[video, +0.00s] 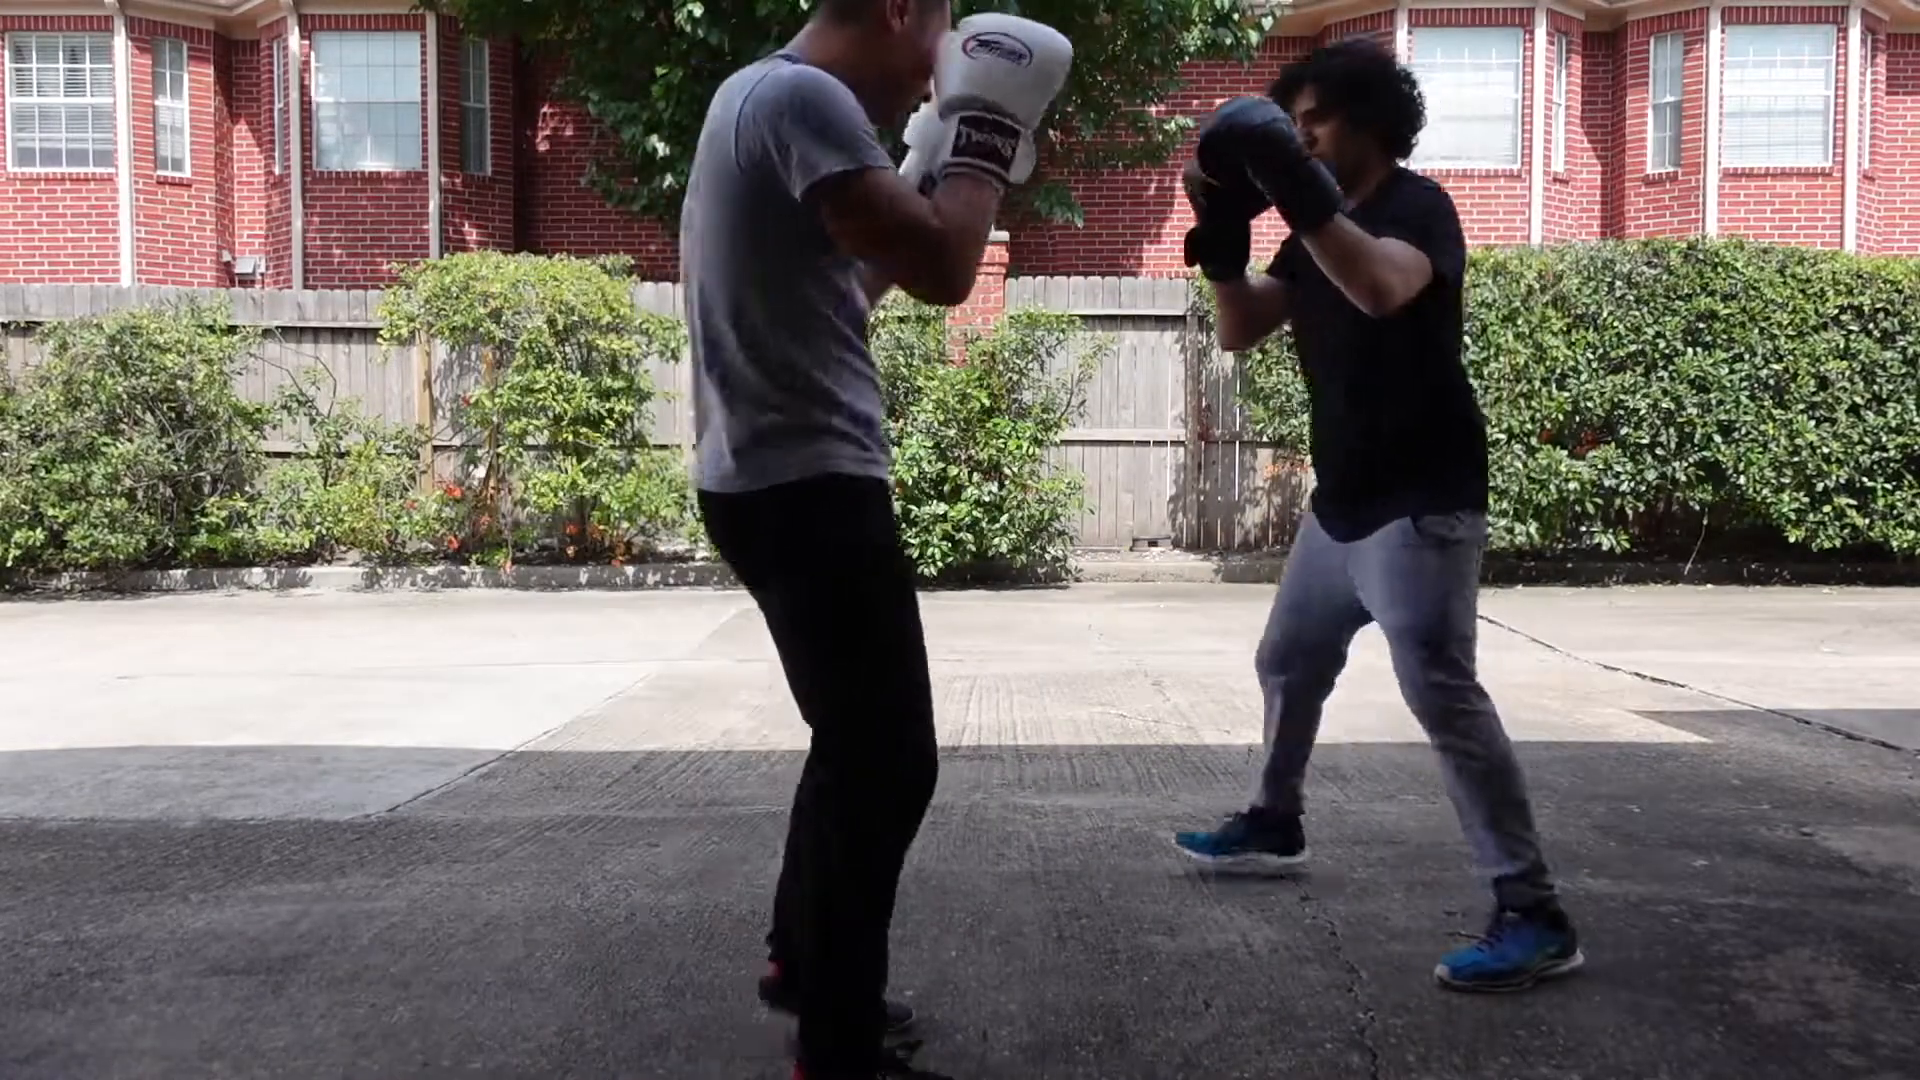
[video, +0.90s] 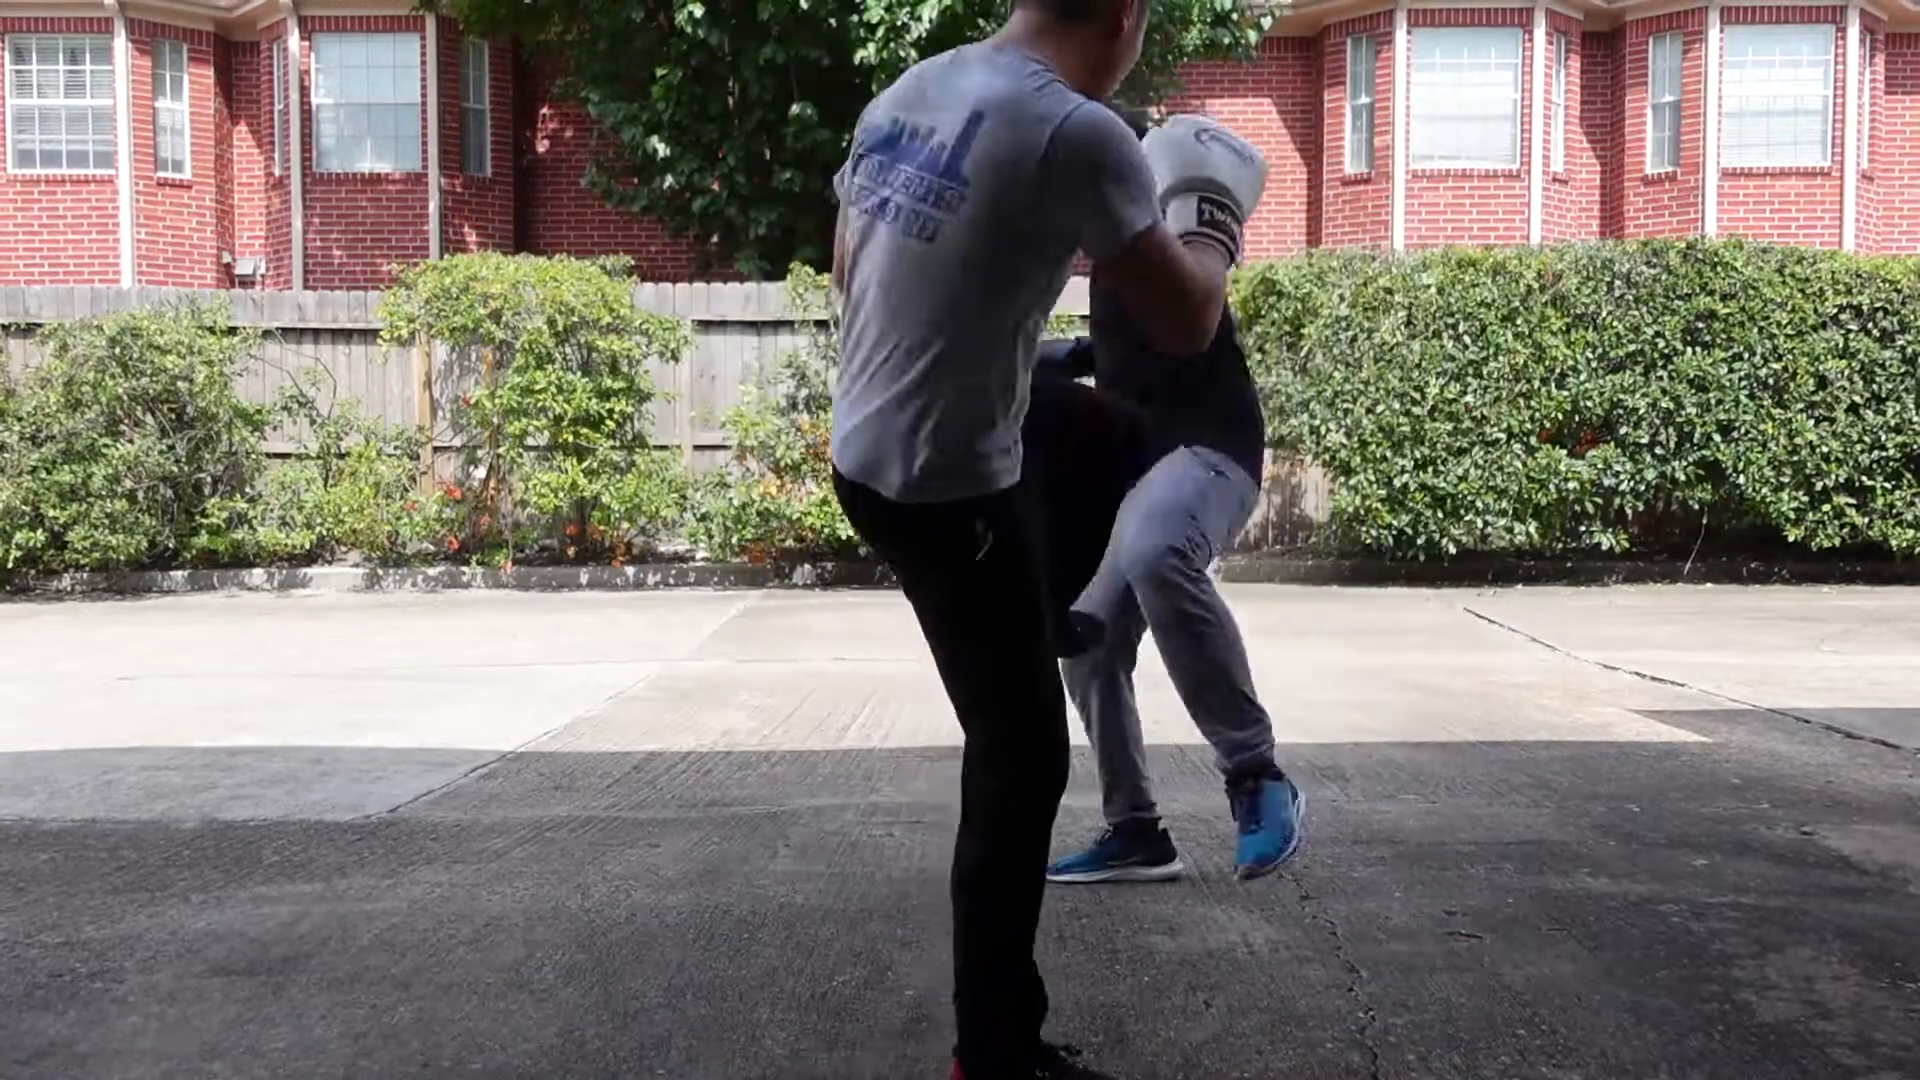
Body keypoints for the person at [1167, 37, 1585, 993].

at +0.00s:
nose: (1298, 142)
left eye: (1314, 123)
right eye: (1294, 127)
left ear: (1372, 124)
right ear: (1304, 137)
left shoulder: (1421, 207)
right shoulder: (1316, 229)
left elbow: (1383, 285)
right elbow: (1240, 328)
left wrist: (1296, 186)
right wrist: (1221, 237)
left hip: (1426, 498)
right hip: (1342, 499)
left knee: (1440, 690)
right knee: (1287, 664)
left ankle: (1532, 912)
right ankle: (1274, 820)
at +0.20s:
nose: (1235, 164)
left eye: (1249, 144)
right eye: (1226, 150)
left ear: (1302, 145)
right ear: (1222, 162)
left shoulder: (1337, 231)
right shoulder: (1235, 249)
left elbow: (1342, 324)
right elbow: (1175, 348)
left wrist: (1245, 235)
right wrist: (1151, 274)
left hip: (1332, 504)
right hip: (1249, 508)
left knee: (1329, 662)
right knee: (1202, 670)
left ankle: (1432, 870)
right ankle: (1235, 832)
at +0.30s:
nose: (1200, 149)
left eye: (1215, 131)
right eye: (1194, 135)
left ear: (1263, 133)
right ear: (1195, 146)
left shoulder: (1309, 204)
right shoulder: (1208, 239)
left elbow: (1315, 282)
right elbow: (1151, 336)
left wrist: (1222, 195)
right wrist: (1131, 253)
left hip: (1315, 480)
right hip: (1231, 491)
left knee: (1294, 648)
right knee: (1195, 646)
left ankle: (1330, 856)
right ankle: (1230, 816)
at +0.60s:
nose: (1162, 150)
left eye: (1177, 134)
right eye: (1158, 135)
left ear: (1213, 143)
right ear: (1156, 150)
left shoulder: (1256, 206)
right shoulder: (1150, 226)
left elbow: (1263, 274)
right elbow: (1134, 355)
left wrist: (1186, 188)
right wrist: (1074, 288)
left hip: (1272, 480)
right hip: (1189, 490)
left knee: (1266, 651)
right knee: (1175, 655)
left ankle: (1332, 854)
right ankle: (1228, 825)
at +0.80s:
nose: (1063, 180)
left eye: (1073, 161)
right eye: (1060, 169)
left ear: (1118, 143)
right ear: (1103, 151)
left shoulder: (1180, 197)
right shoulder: (1120, 231)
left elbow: (1165, 314)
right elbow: (1163, 346)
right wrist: (1105, 383)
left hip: (1231, 491)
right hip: (1151, 500)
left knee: (1255, 658)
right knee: (1111, 663)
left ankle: (1347, 849)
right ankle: (1138, 827)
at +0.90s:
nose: (1081, 238)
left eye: (1094, 219)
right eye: (1079, 224)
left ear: (1143, 192)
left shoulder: (1182, 257)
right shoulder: (1116, 271)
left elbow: (1170, 334)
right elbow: (1120, 367)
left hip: (1206, 451)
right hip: (1128, 464)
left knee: (1151, 557)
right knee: (1088, 640)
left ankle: (1255, 779)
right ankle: (1134, 826)